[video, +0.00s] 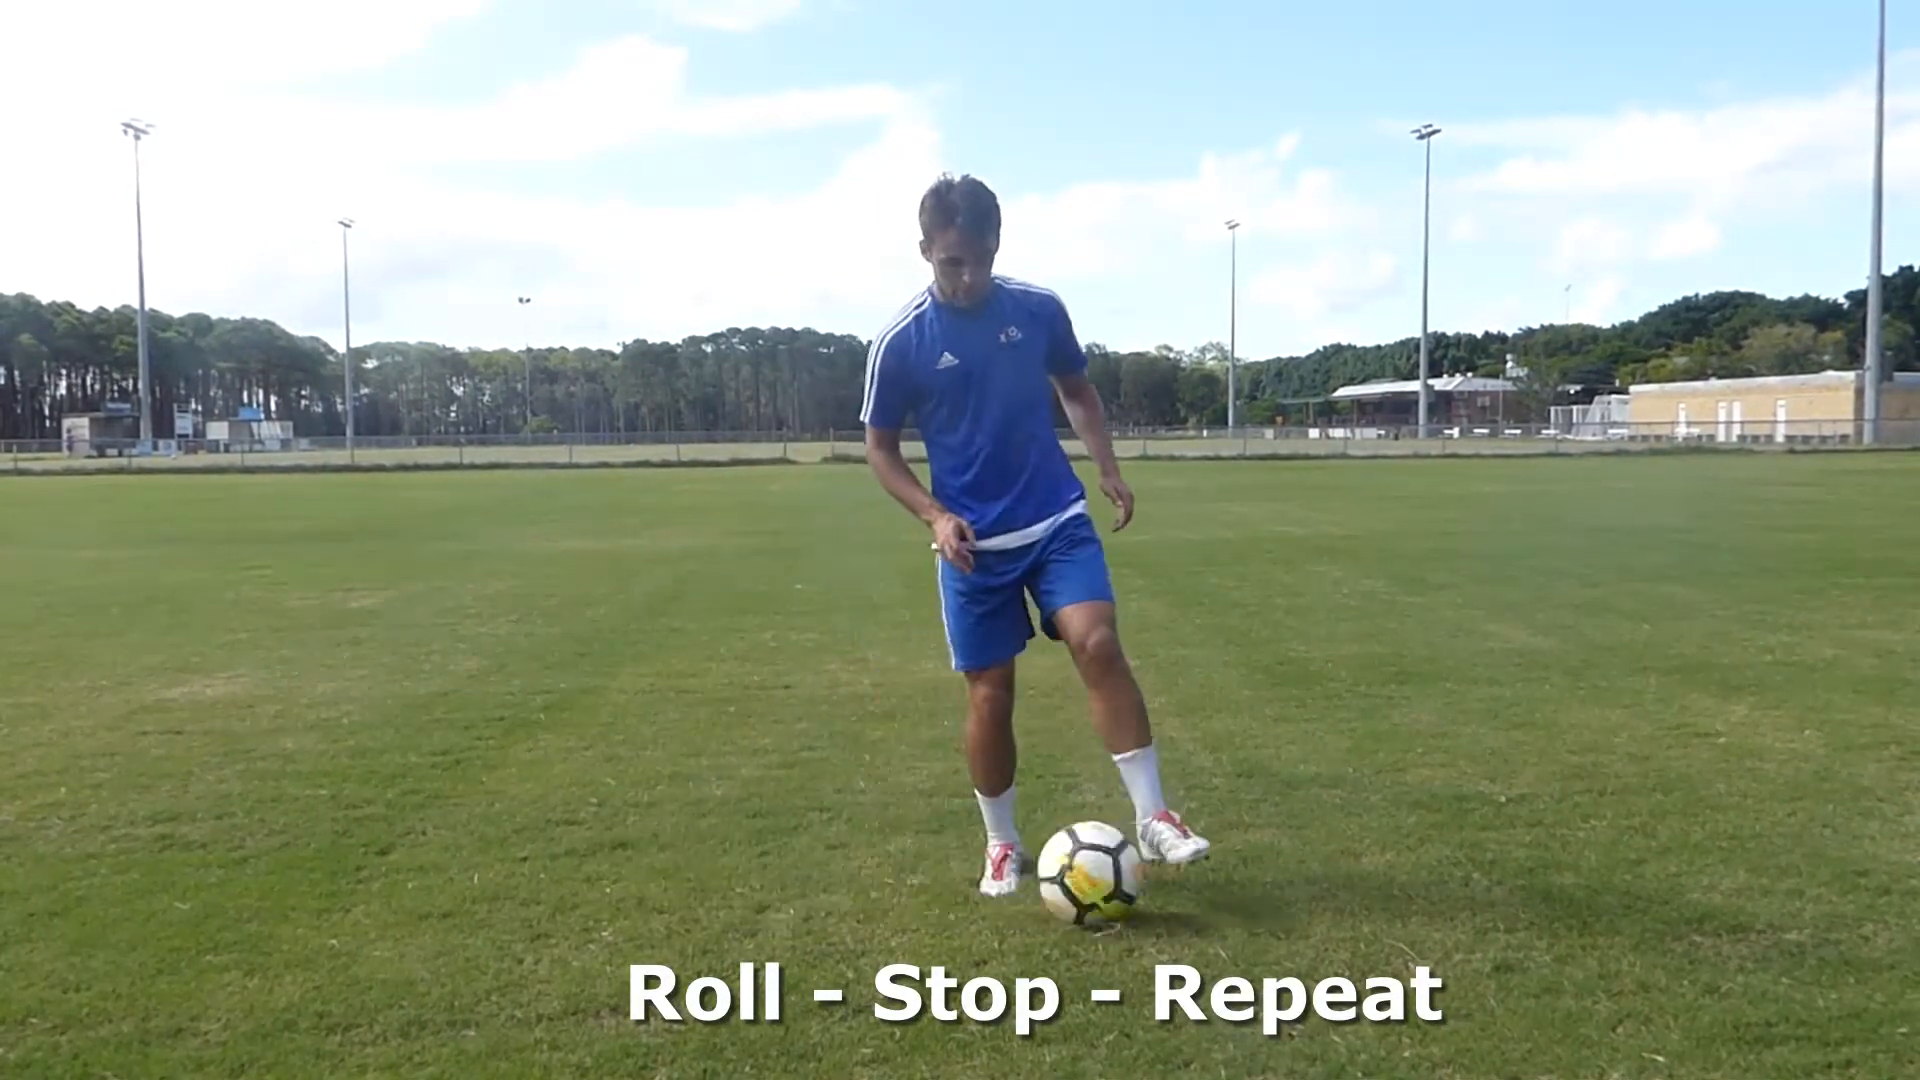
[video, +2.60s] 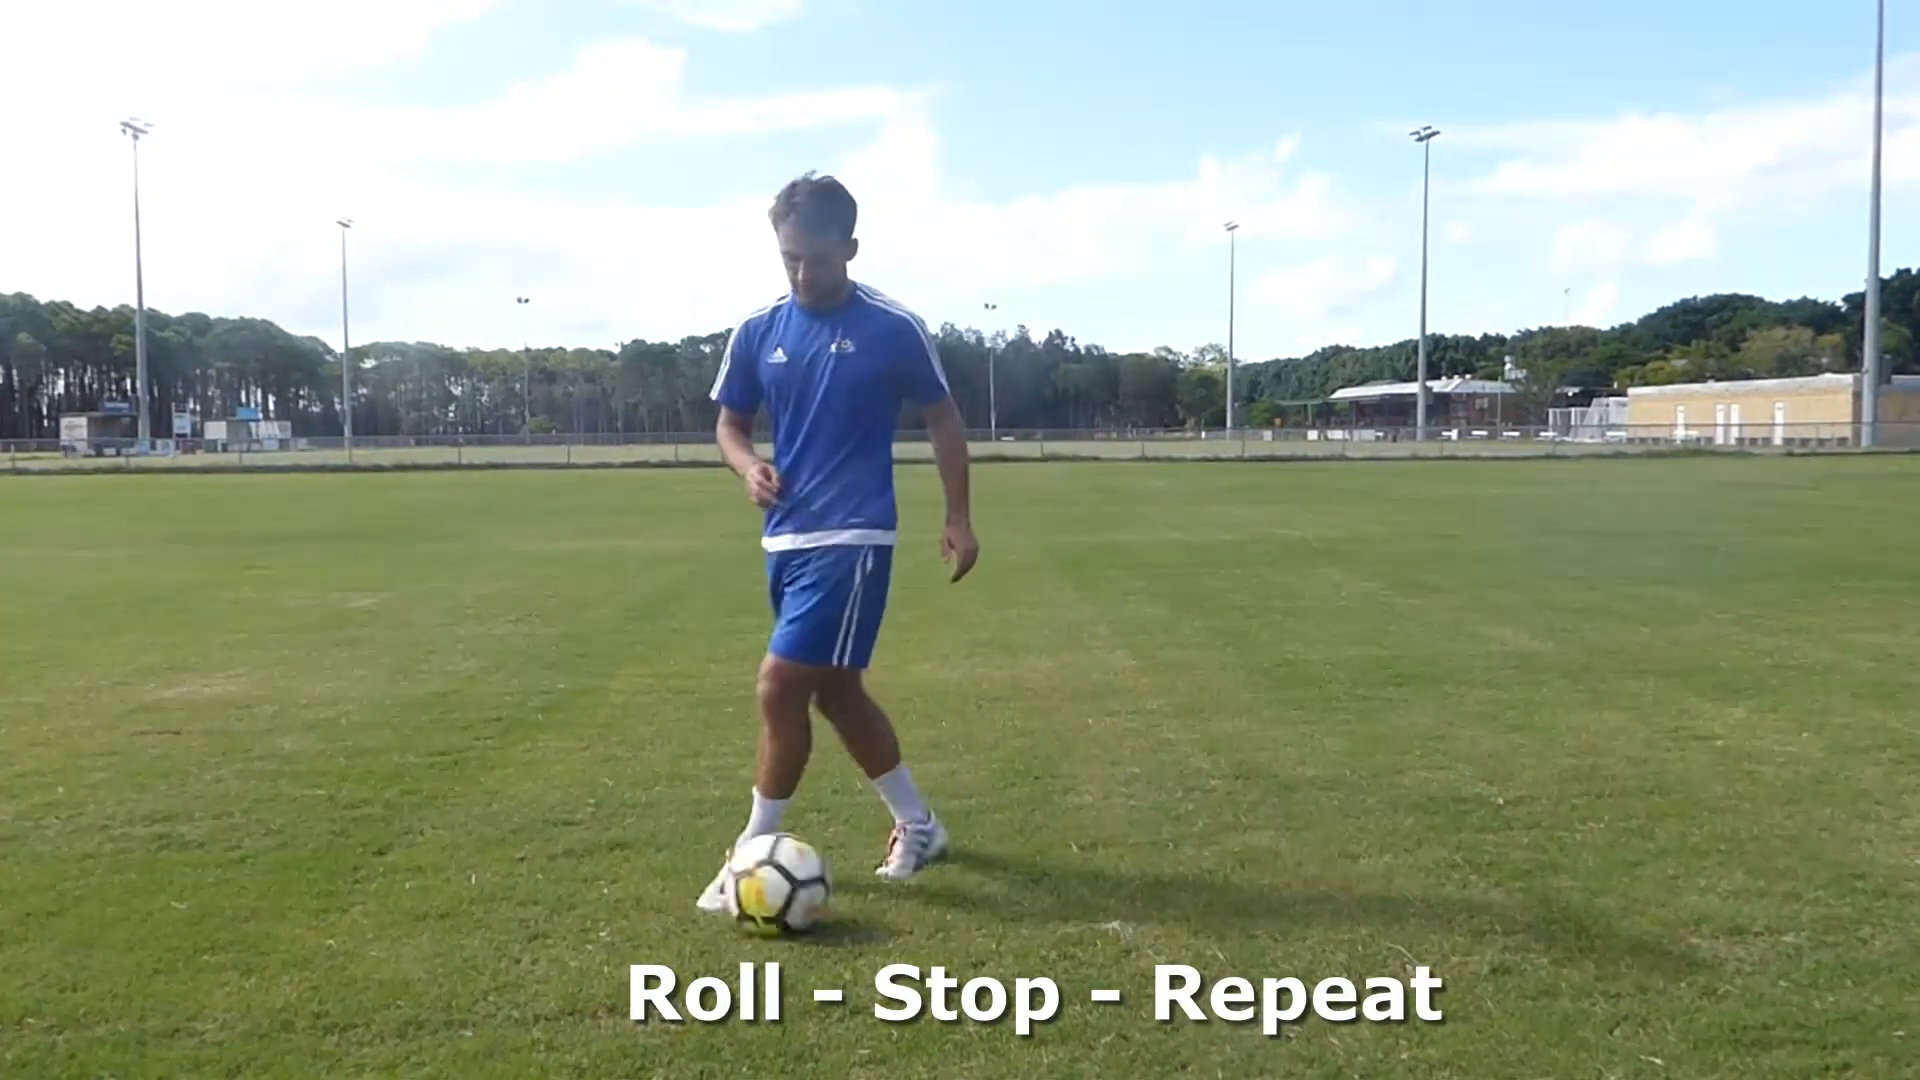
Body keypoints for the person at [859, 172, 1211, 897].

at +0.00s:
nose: (964, 278)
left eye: (976, 261)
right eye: (948, 264)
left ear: (996, 246)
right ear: (924, 250)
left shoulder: (1038, 311)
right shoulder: (901, 345)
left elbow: (1077, 390)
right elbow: (880, 452)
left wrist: (1106, 465)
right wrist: (934, 514)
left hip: (1058, 523)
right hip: (973, 545)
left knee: (1098, 644)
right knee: (990, 697)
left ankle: (1153, 818)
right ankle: (1003, 847)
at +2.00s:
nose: (920, 271)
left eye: (931, 254)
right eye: (905, 258)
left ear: (958, 238)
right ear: (888, 249)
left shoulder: (1011, 314)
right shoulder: (872, 334)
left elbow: (1055, 400)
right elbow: (851, 420)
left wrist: (1067, 471)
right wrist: (877, 464)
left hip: (1010, 523)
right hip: (921, 537)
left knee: (1061, 645)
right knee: (923, 686)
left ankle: (1093, 796)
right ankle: (930, 833)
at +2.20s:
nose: (874, 272)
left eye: (886, 254)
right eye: (860, 259)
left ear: (912, 239)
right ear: (843, 251)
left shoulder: (966, 315)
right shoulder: (829, 337)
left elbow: (1021, 394)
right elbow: (814, 422)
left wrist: (1038, 474)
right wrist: (839, 471)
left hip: (960, 514)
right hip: (879, 533)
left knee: (979, 625)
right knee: (904, 682)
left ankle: (1031, 799)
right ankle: (929, 832)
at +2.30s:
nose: (855, 272)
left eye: (868, 255)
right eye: (842, 259)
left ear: (896, 240)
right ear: (826, 251)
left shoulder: (949, 317)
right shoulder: (812, 336)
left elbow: (1009, 400)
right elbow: (803, 423)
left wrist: (1025, 482)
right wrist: (826, 471)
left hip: (933, 513)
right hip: (857, 532)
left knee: (918, 623)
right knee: (891, 682)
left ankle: (958, 801)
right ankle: (926, 829)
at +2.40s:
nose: (841, 274)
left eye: (855, 257)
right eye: (827, 259)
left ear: (882, 242)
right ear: (811, 249)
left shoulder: (932, 321)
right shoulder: (794, 337)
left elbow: (990, 404)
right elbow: (785, 426)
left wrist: (1006, 488)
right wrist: (808, 468)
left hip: (913, 512)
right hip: (839, 528)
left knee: (859, 624)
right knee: (883, 681)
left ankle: (862, 805)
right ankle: (928, 833)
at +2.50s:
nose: (825, 275)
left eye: (840, 260)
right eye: (812, 260)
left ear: (868, 246)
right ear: (795, 250)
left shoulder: (914, 323)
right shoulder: (776, 336)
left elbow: (967, 406)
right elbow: (757, 429)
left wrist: (983, 496)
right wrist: (784, 469)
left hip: (887, 522)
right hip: (818, 530)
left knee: (810, 652)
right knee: (873, 682)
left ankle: (776, 831)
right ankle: (926, 829)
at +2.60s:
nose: (797, 274)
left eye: (811, 259)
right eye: (786, 258)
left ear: (849, 247)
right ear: (776, 247)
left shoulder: (892, 331)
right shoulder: (757, 332)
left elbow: (944, 420)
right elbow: (729, 422)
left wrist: (958, 517)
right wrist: (749, 463)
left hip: (852, 540)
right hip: (785, 540)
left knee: (778, 689)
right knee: (839, 692)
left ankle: (755, 856)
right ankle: (917, 824)